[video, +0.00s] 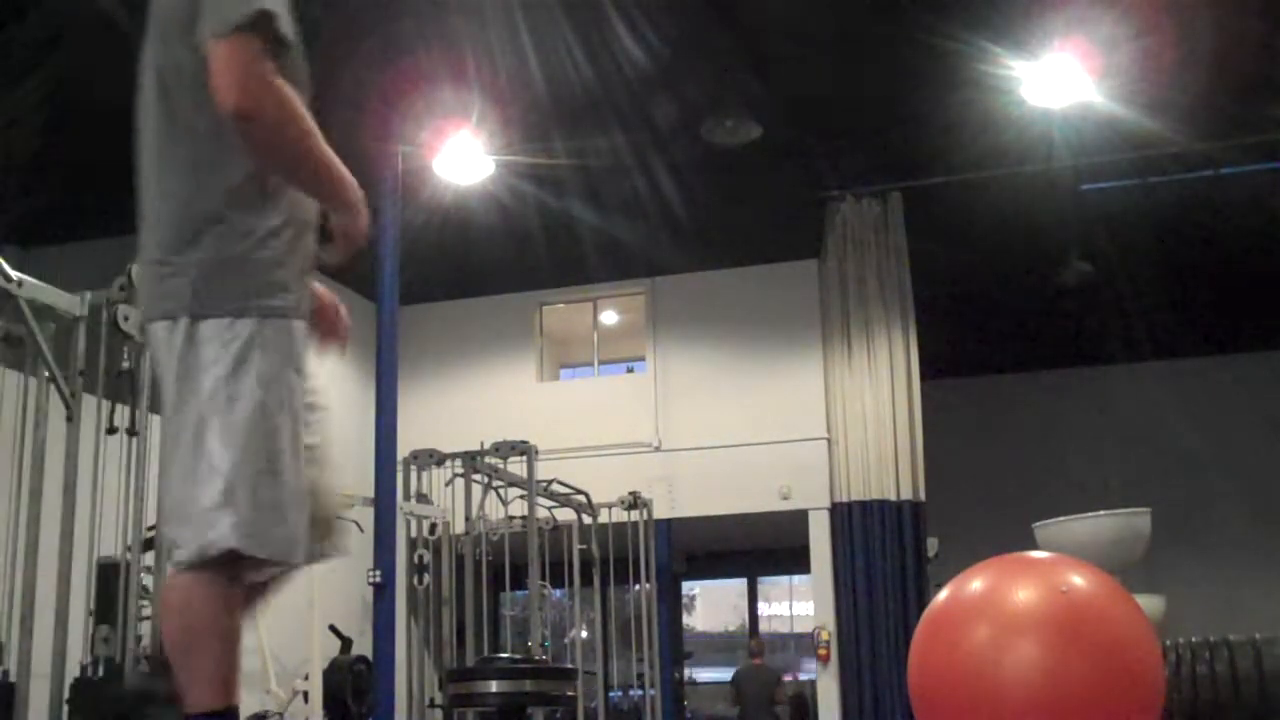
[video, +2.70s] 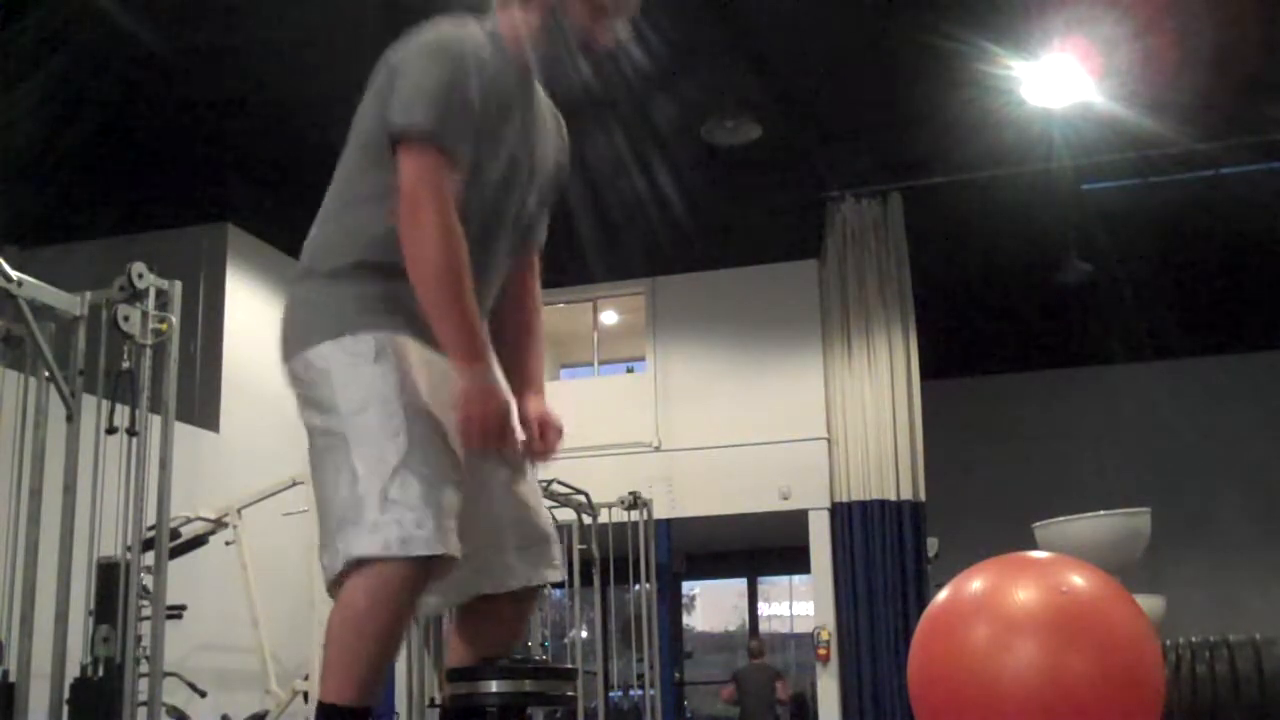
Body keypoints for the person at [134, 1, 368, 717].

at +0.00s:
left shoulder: (191, 21)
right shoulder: (227, 7)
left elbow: (208, 165)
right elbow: (244, 90)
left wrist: (296, 283)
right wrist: (347, 195)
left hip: (241, 300)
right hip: (220, 298)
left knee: (290, 531)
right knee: (218, 541)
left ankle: (161, 683)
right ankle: (210, 710)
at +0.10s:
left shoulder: (285, 22)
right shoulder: (258, 6)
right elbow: (261, 113)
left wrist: (331, 271)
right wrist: (370, 225)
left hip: (299, 303)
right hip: (249, 295)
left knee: (352, 525)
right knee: (233, 535)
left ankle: (284, 701)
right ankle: (218, 711)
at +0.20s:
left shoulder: (316, 26)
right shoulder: (283, 5)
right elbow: (266, 115)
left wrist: (363, 261)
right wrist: (378, 224)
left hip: (329, 308)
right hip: (275, 301)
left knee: (365, 549)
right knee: (245, 538)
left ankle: (371, 711)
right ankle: (221, 712)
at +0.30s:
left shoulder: (363, 55)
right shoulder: (311, 8)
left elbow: (352, 199)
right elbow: (276, 117)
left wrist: (416, 301)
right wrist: (378, 236)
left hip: (367, 324)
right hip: (305, 314)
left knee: (391, 564)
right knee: (276, 543)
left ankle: (414, 709)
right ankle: (235, 712)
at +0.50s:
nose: (516, 14)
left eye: (522, 11)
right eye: (513, 2)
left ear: (497, 16)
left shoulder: (463, 99)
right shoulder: (358, 11)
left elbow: (465, 239)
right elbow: (285, 118)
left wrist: (521, 313)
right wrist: (362, 204)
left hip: (432, 322)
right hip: (348, 295)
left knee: (458, 537)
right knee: (383, 487)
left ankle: (436, 717)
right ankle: (280, 701)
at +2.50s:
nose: (580, 6)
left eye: (581, 10)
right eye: (578, 3)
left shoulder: (517, 64)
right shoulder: (427, 6)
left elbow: (513, 217)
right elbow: (386, 137)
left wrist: (557, 342)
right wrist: (442, 286)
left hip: (472, 323)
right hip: (388, 305)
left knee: (474, 567)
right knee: (380, 543)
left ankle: (470, 717)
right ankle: (336, 714)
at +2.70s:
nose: (608, 35)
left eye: (619, 22)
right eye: (601, 11)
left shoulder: (549, 131)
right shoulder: (447, 50)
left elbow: (519, 272)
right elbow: (424, 213)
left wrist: (530, 389)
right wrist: (475, 369)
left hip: (454, 342)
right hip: (358, 318)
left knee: (511, 558)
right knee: (402, 535)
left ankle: (475, 712)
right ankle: (339, 713)